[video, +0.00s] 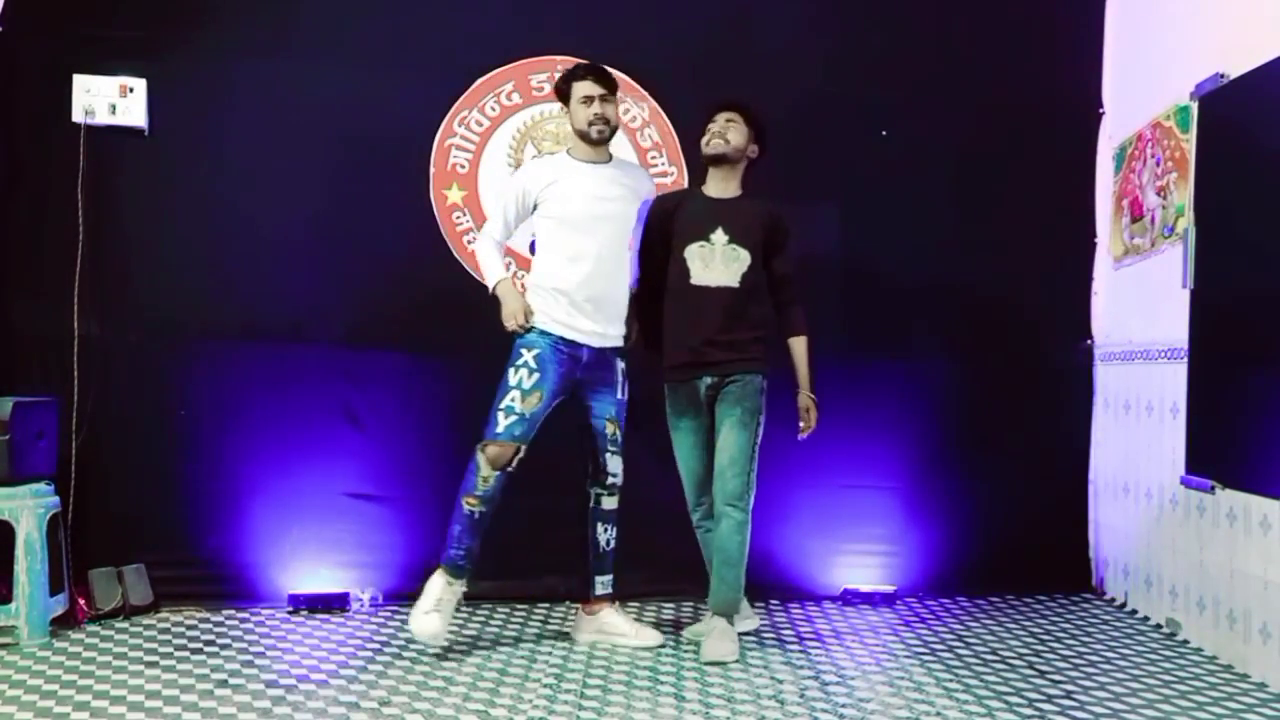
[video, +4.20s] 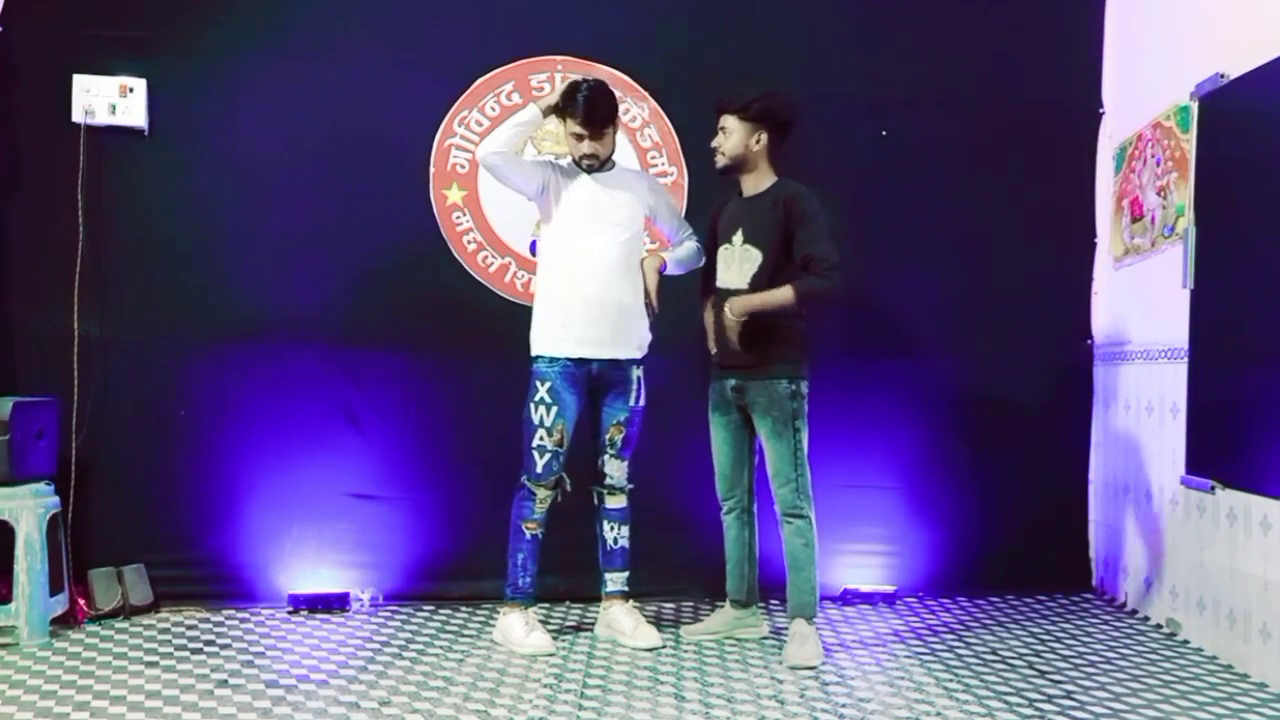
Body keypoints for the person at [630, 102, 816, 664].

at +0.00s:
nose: (717, 131)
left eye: (731, 126)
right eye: (711, 126)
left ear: (752, 149)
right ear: (699, 145)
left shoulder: (766, 217)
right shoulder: (666, 210)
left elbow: (789, 304)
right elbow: (638, 290)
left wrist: (804, 386)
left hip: (742, 370)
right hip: (679, 370)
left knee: (732, 497)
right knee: (700, 502)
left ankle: (720, 619)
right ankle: (736, 602)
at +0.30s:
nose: (698, 154)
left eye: (709, 146)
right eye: (696, 145)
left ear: (740, 154)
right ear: (697, 152)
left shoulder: (765, 225)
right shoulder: (674, 214)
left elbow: (784, 312)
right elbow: (649, 291)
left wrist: (786, 397)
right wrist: (639, 357)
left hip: (739, 360)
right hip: (679, 366)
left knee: (727, 461)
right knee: (700, 492)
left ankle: (737, 592)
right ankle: (727, 600)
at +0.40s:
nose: (698, 157)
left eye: (710, 149)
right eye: (697, 148)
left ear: (741, 157)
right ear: (696, 154)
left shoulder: (766, 225)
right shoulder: (677, 213)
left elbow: (784, 314)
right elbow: (655, 288)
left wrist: (784, 400)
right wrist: (641, 353)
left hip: (741, 351)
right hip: (685, 358)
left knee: (718, 426)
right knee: (701, 491)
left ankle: (761, 533)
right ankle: (732, 603)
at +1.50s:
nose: (742, 162)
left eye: (754, 156)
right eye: (745, 153)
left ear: (786, 168)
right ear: (756, 162)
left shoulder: (796, 246)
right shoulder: (714, 207)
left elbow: (803, 334)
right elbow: (664, 255)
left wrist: (797, 420)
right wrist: (630, 308)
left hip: (755, 370)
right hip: (696, 372)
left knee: (773, 477)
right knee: (706, 497)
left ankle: (794, 598)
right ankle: (733, 603)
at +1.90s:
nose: (737, 145)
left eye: (746, 135)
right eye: (738, 135)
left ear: (777, 141)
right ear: (768, 143)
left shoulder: (824, 217)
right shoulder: (735, 207)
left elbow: (850, 314)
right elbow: (719, 292)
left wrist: (838, 399)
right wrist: (699, 357)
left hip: (793, 377)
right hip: (728, 374)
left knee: (798, 505)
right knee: (723, 499)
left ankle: (802, 622)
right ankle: (736, 606)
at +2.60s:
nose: (720, 143)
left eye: (728, 133)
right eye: (722, 133)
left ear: (758, 139)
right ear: (752, 140)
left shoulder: (807, 201)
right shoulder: (744, 203)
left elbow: (885, 263)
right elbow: (757, 281)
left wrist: (823, 325)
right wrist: (729, 335)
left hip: (784, 377)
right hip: (733, 372)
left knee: (793, 505)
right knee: (731, 498)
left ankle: (802, 623)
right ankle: (740, 609)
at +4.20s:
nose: (714, 142)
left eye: (725, 132)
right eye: (716, 132)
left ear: (759, 139)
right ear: (745, 142)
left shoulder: (796, 202)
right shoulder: (721, 211)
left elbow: (825, 279)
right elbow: (711, 281)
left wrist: (748, 302)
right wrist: (711, 317)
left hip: (777, 377)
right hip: (724, 378)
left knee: (790, 503)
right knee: (733, 499)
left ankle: (802, 622)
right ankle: (741, 609)